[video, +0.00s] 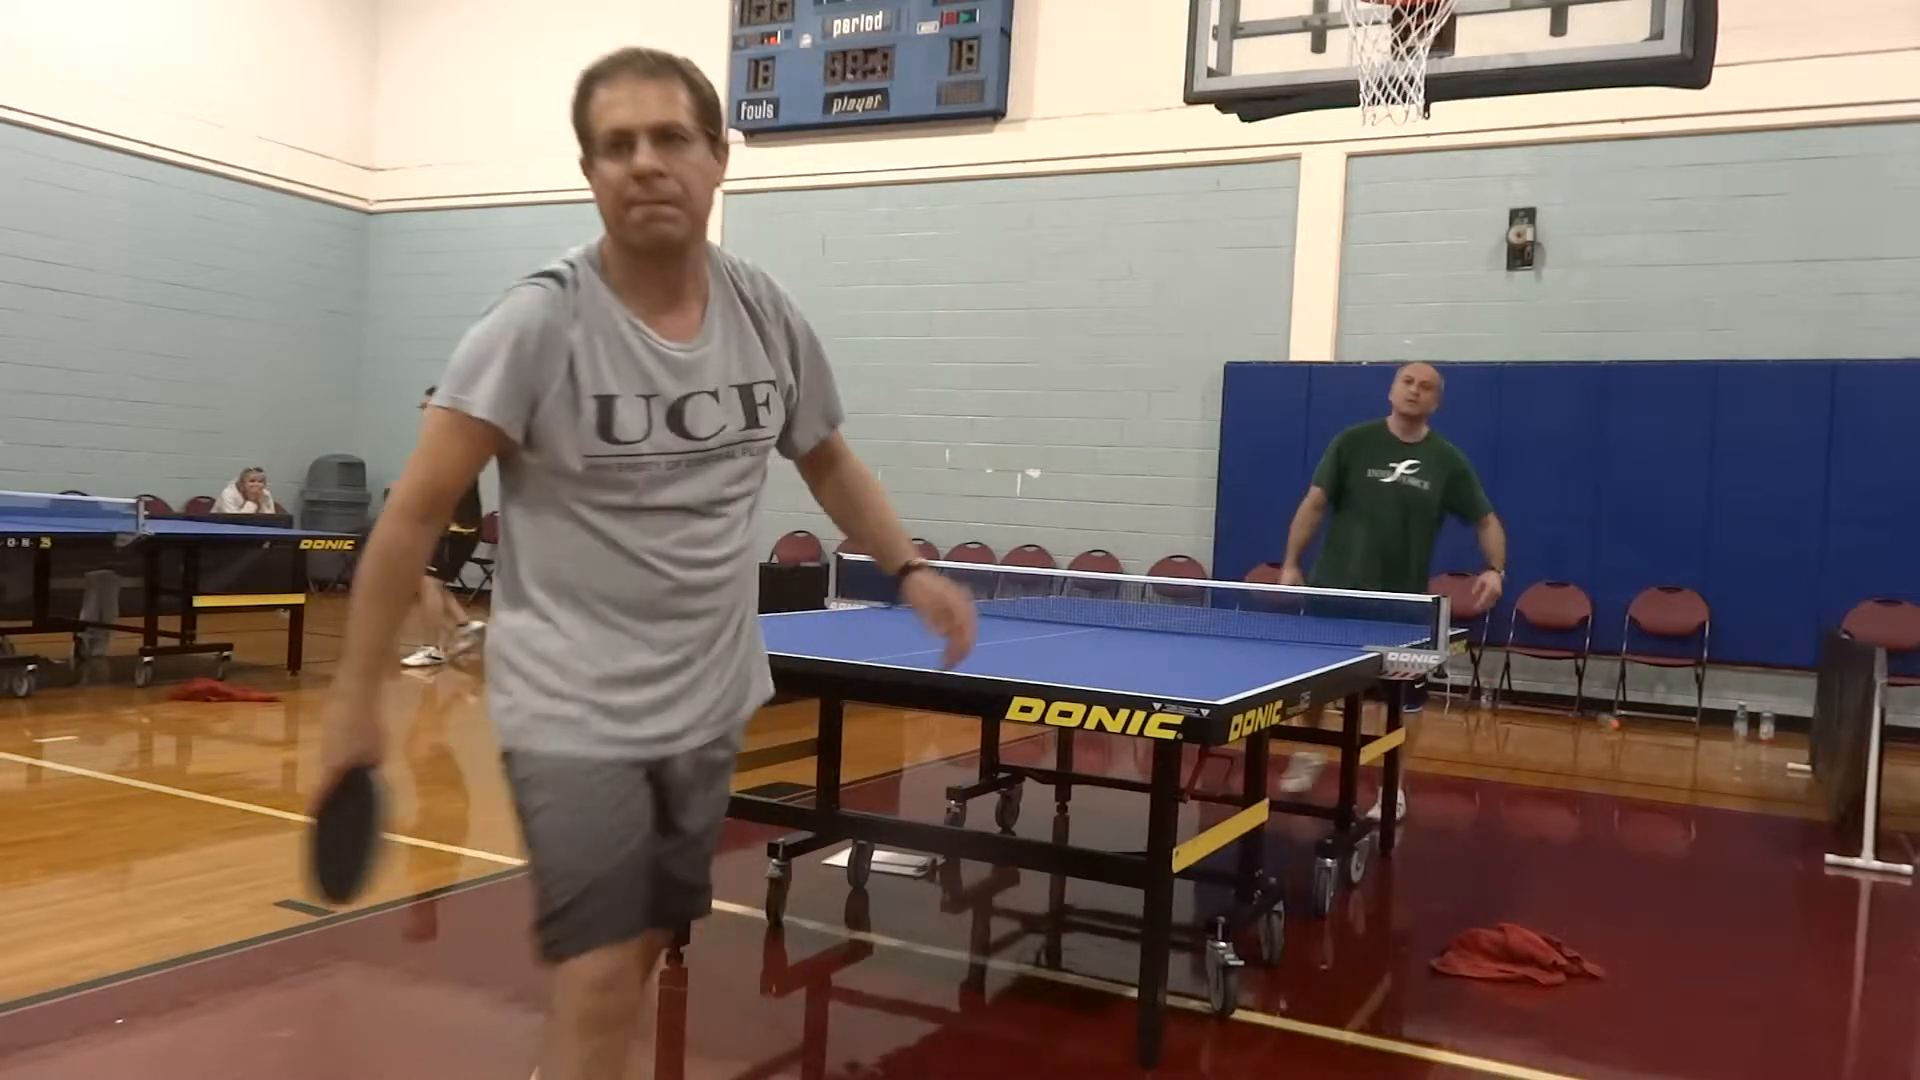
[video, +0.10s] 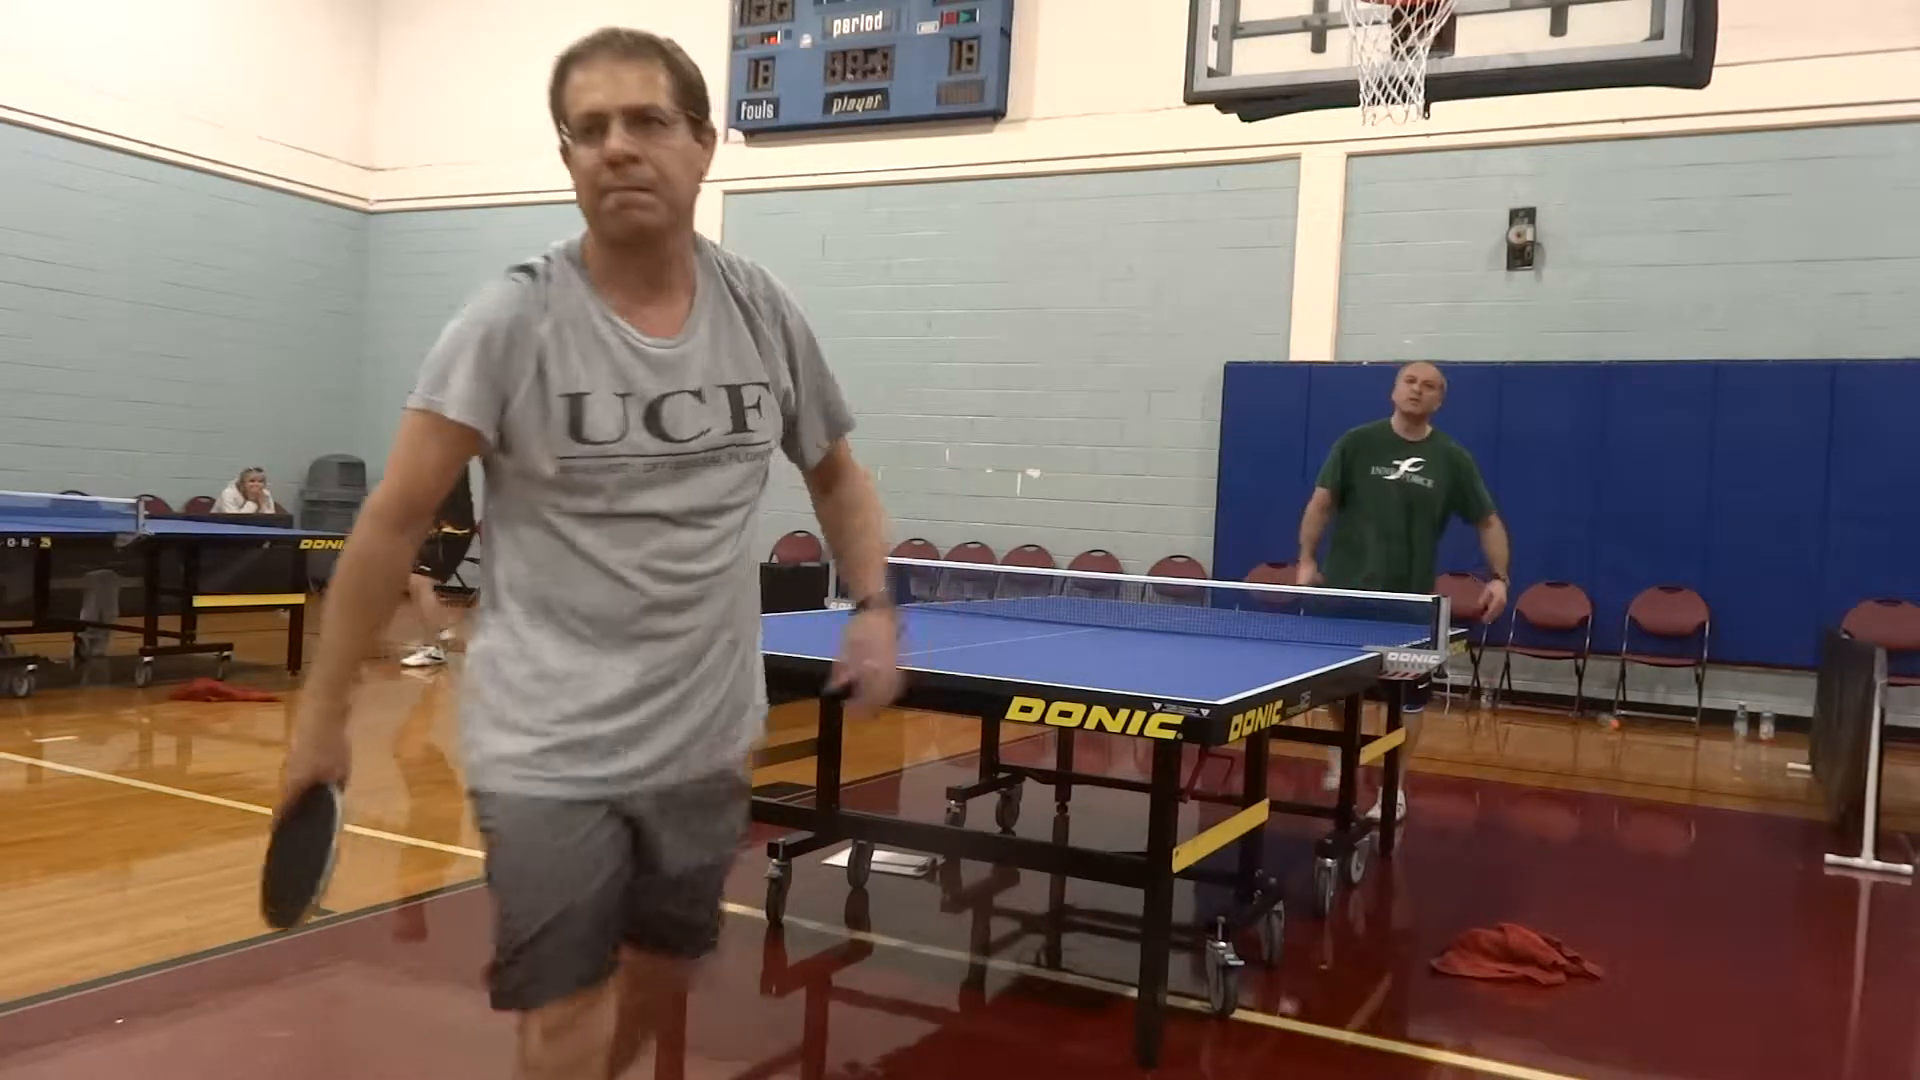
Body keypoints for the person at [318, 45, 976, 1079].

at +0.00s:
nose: (648, 166)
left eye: (673, 141)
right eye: (618, 146)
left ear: (719, 162)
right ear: (587, 175)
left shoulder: (761, 311)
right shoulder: (537, 322)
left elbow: (824, 456)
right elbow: (415, 511)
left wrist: (909, 567)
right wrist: (357, 703)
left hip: (708, 697)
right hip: (570, 707)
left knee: (638, 962)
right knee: (604, 979)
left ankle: (571, 1068)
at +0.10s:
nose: (619, 148)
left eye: (648, 122)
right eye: (592, 130)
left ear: (705, 150)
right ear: (566, 165)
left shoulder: (760, 311)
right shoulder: (510, 320)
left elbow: (835, 472)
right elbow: (395, 518)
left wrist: (871, 603)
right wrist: (322, 712)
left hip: (703, 735)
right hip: (546, 745)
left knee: (655, 994)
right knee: (571, 1036)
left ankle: (617, 1067)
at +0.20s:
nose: (592, 122)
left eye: (625, 94)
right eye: (566, 101)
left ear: (692, 124)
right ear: (544, 135)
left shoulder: (753, 296)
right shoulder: (485, 295)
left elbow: (835, 481)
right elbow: (380, 506)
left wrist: (826, 650)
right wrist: (317, 712)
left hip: (707, 739)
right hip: (525, 750)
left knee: (711, 1013)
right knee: (555, 1038)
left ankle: (640, 1072)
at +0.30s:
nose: (569, 87)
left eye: (607, 58)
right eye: (545, 64)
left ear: (681, 90)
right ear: (528, 94)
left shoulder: (751, 284)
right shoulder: (461, 275)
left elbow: (841, 490)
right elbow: (370, 481)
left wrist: (779, 652)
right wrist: (316, 680)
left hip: (702, 749)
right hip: (502, 759)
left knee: (720, 1042)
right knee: (538, 1044)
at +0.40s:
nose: (546, 57)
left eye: (587, 28)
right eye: (522, 35)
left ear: (668, 65)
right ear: (502, 70)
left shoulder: (740, 261)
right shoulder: (438, 259)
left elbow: (848, 485)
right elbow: (357, 476)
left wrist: (769, 648)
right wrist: (312, 663)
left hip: (695, 770)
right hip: (488, 780)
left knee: (714, 1061)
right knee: (533, 1058)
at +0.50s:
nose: (518, 35)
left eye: (564, 9)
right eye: (497, 13)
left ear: (651, 50)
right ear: (476, 48)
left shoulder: (731, 250)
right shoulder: (417, 252)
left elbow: (862, 490)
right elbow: (343, 482)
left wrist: (773, 667)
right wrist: (294, 662)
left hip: (684, 796)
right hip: (467, 799)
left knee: (681, 1066)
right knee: (494, 1064)